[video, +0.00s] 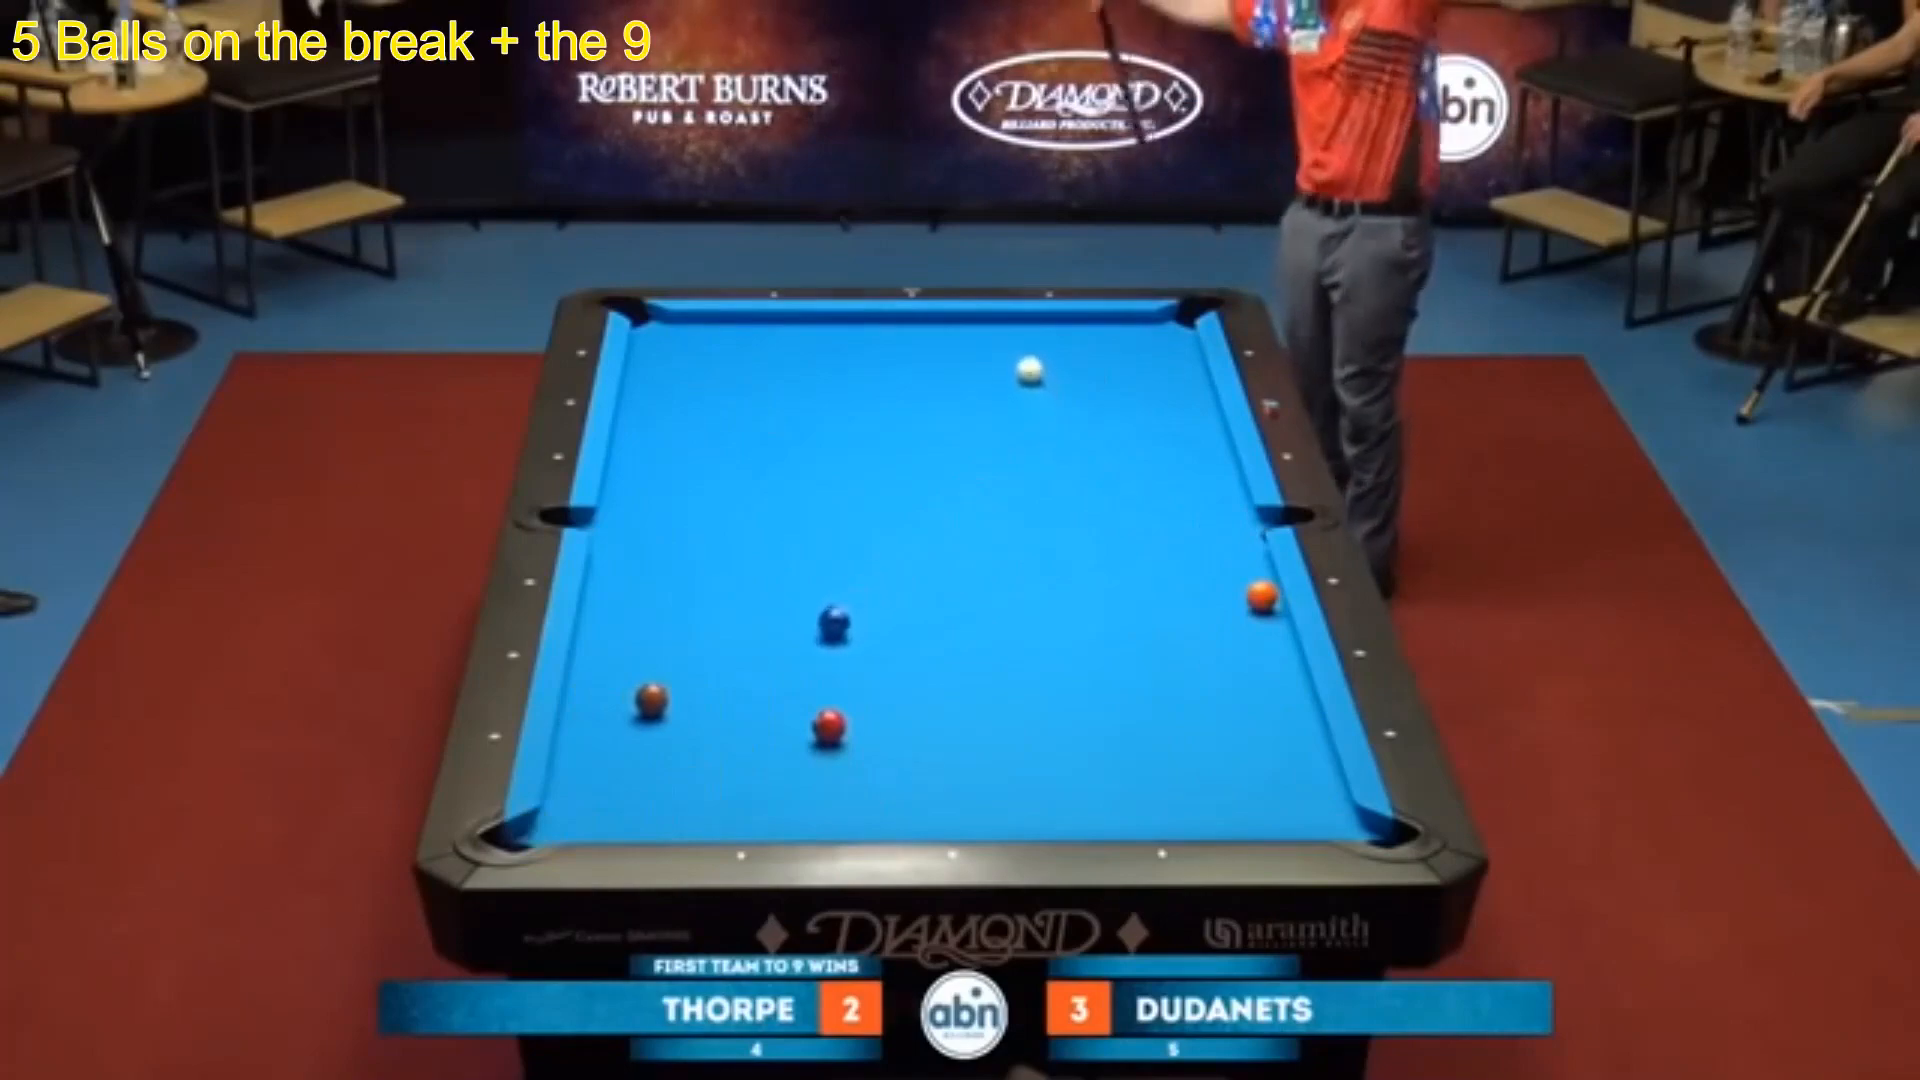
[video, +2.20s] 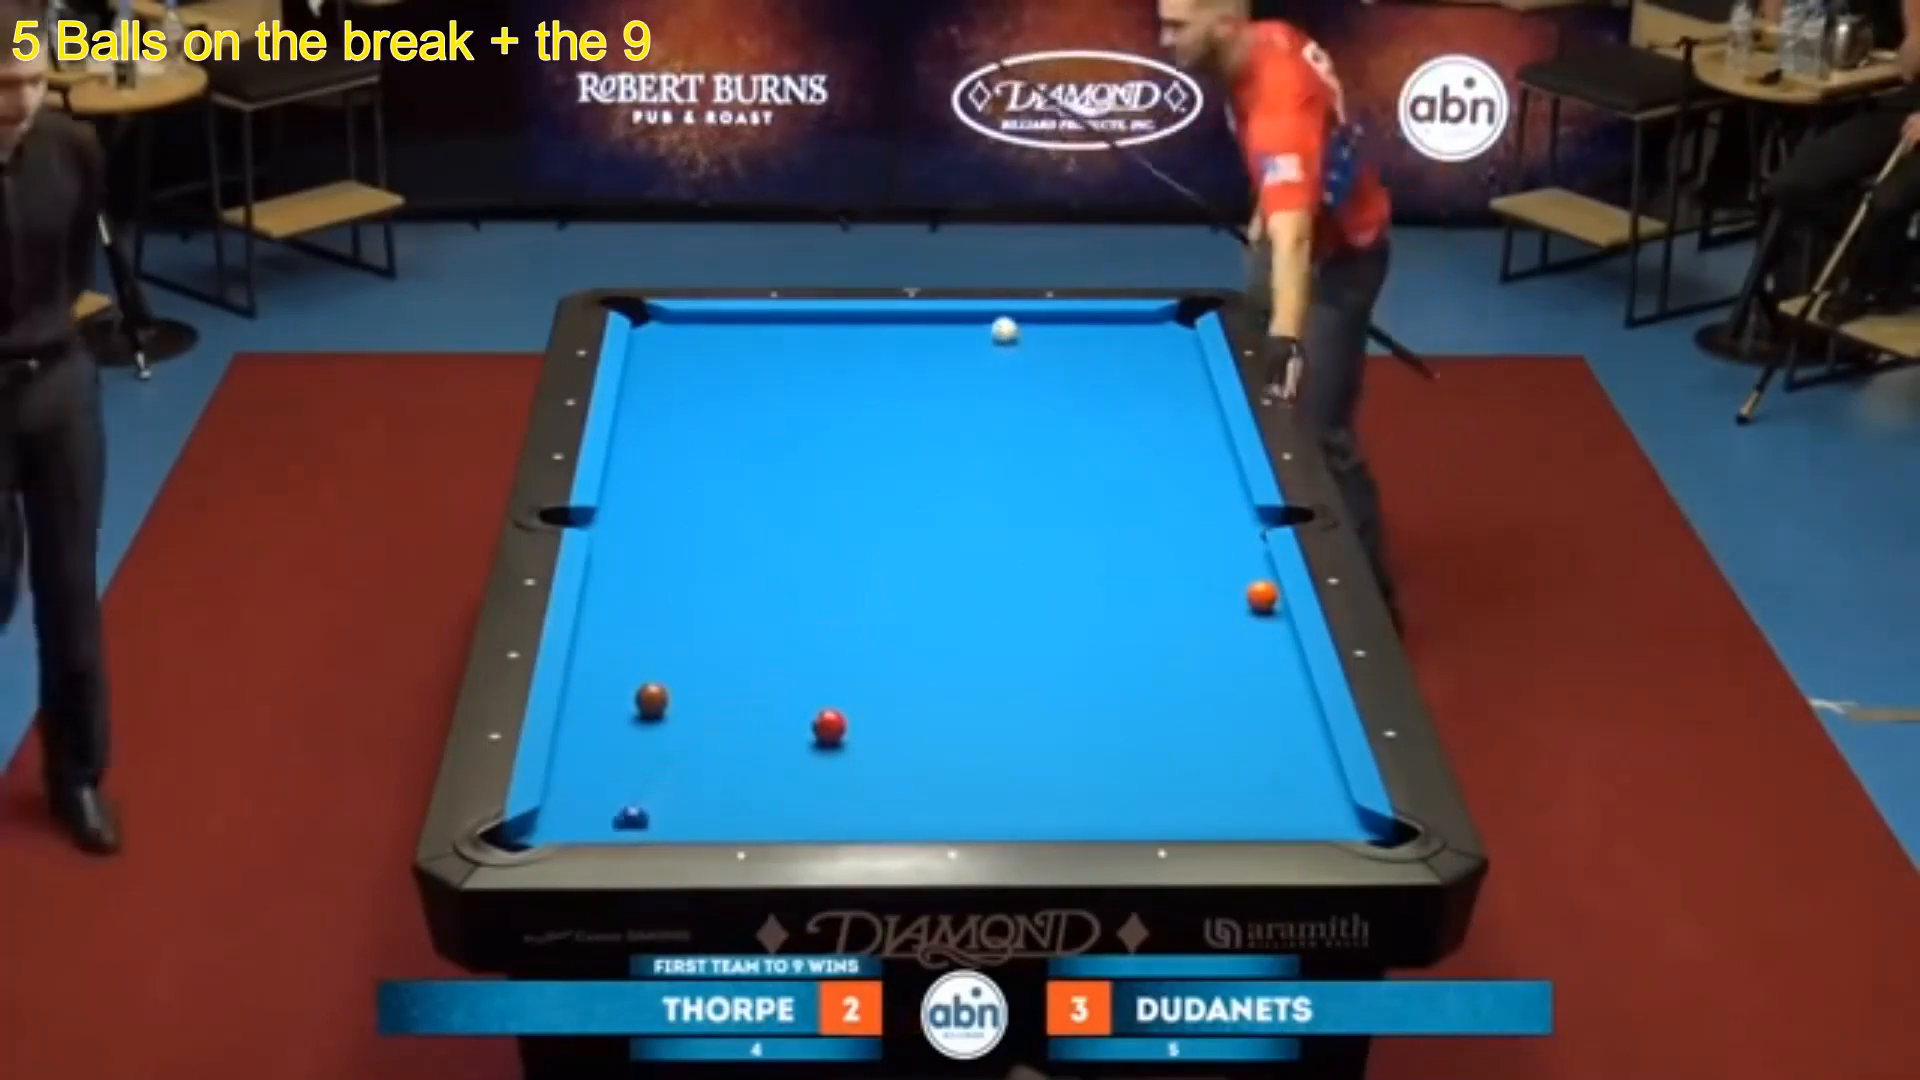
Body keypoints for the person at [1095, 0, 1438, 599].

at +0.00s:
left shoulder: (1405, 7)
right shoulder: (1291, 13)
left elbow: (1519, 4)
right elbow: (1194, 11)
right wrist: (1127, 1)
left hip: (1382, 232)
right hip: (1308, 223)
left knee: (1364, 403)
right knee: (1307, 396)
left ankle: (1367, 568)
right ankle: (1312, 551)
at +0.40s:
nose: (1280, 5)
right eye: (1272, 1)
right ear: (1264, 2)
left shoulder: (1373, 12)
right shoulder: (1261, 49)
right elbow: (1182, 74)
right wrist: (1100, 87)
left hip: (1403, 214)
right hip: (1324, 222)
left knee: (1402, 336)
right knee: (1294, 371)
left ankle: (1407, 496)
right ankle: (1315, 512)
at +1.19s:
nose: (1265, 6)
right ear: (1253, 6)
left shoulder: (1360, 25)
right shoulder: (1259, 74)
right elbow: (1202, 145)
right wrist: (1120, 193)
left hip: (1403, 225)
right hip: (1327, 238)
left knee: (1390, 356)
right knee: (1289, 381)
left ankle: (1401, 536)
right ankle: (1317, 533)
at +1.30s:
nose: (1265, 8)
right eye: (1256, 1)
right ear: (1251, 6)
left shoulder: (1363, 14)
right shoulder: (1264, 70)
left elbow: (1406, 75)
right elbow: (1240, 162)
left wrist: (1390, 166)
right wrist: (1176, 244)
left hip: (1394, 231)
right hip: (1317, 242)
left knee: (1368, 392)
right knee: (1288, 398)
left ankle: (1382, 566)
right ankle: (1308, 558)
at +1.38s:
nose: (1264, 7)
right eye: (1257, 1)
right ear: (1258, 7)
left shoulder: (1372, 41)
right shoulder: (1275, 64)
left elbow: (1419, 142)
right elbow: (1267, 173)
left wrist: (1406, 257)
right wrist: (1228, 263)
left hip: (1378, 248)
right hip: (1311, 250)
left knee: (1354, 423)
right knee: (1283, 405)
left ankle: (1373, 590)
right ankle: (1305, 571)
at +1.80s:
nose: (1273, 42)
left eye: (1287, 25)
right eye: (1261, 28)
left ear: (1326, 12)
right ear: (1250, 20)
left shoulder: (1366, 94)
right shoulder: (1306, 57)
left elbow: (1385, 236)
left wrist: (1355, 347)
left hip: (1369, 271)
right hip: (1316, 249)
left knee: (1334, 441)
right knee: (1271, 389)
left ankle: (1365, 596)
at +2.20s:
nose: (1166, 41)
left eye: (1178, 26)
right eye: (1164, 26)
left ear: (1226, 19)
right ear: (1217, 21)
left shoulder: (1280, 84)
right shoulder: (1253, 47)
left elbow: (1293, 232)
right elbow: (1282, 133)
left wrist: (1285, 350)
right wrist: (1268, 204)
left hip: (1341, 249)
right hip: (1280, 236)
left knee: (1320, 429)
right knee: (1263, 398)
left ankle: (1370, 599)